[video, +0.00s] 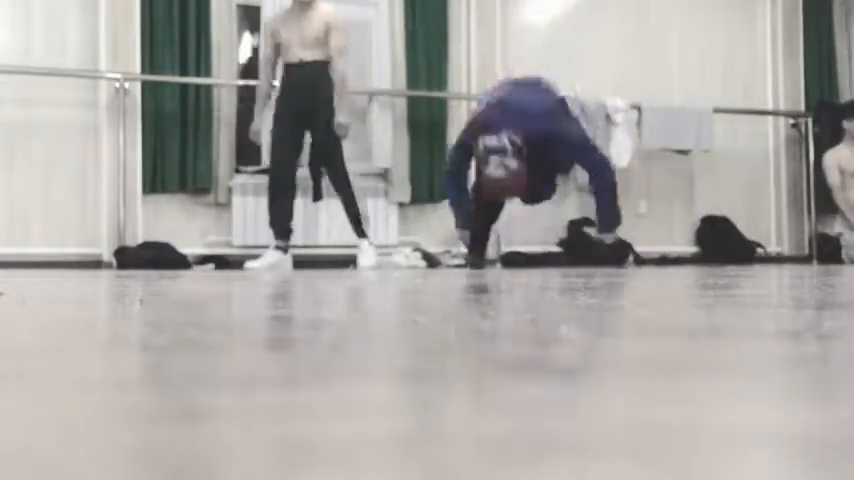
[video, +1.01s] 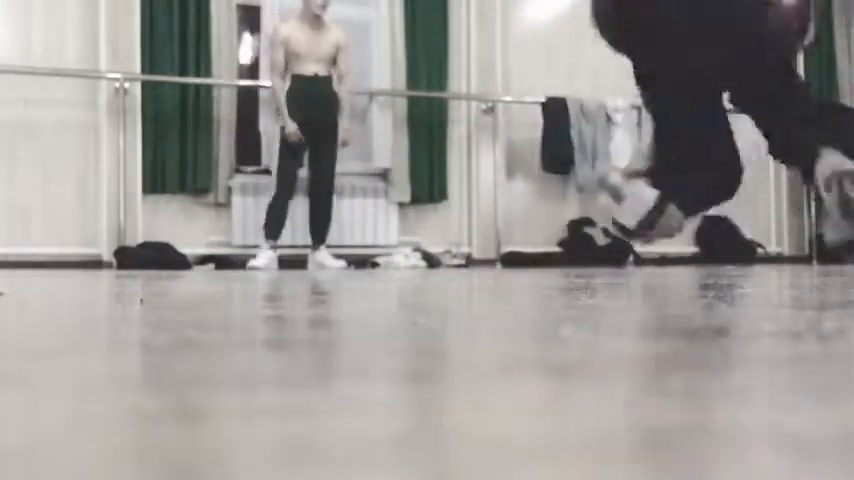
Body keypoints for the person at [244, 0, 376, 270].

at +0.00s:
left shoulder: (327, 17)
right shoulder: (275, 23)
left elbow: (339, 65)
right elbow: (266, 75)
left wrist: (343, 110)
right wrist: (258, 117)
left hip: (319, 82)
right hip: (290, 84)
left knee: (334, 164)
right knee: (280, 167)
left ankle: (363, 241)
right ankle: (280, 248)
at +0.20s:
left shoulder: (317, 16)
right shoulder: (255, 21)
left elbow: (335, 67)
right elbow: (234, 68)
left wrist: (344, 113)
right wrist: (223, 111)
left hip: (312, 89)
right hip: (280, 90)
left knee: (324, 168)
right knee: (278, 170)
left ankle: (342, 245)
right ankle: (280, 249)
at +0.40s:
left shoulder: (317, 21)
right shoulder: (255, 22)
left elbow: (327, 70)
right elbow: (237, 65)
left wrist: (333, 115)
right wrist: (225, 105)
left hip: (310, 90)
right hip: (277, 91)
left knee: (320, 170)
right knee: (277, 172)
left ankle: (327, 248)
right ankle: (280, 250)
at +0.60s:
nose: (300, 2)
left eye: (303, 0)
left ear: (307, 1)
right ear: (284, 0)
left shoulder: (321, 27)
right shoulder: (263, 26)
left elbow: (331, 75)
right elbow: (256, 73)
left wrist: (335, 121)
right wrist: (259, 113)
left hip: (314, 90)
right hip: (281, 90)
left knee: (316, 175)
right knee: (277, 174)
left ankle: (318, 249)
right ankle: (279, 249)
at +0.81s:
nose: (313, 3)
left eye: (316, 0)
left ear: (319, 3)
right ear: (297, 1)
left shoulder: (330, 32)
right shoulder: (275, 30)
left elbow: (339, 78)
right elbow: (271, 78)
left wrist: (339, 119)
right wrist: (285, 120)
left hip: (323, 96)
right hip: (290, 96)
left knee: (321, 177)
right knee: (275, 172)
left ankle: (319, 250)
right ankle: (275, 248)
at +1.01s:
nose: (321, 4)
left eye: (325, 1)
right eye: (317, 0)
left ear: (328, 4)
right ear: (306, 1)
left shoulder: (336, 34)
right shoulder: (285, 31)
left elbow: (342, 81)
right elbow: (277, 79)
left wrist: (344, 123)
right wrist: (286, 120)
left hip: (326, 95)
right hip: (295, 93)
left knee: (323, 179)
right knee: (286, 179)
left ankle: (318, 250)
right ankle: (269, 248)